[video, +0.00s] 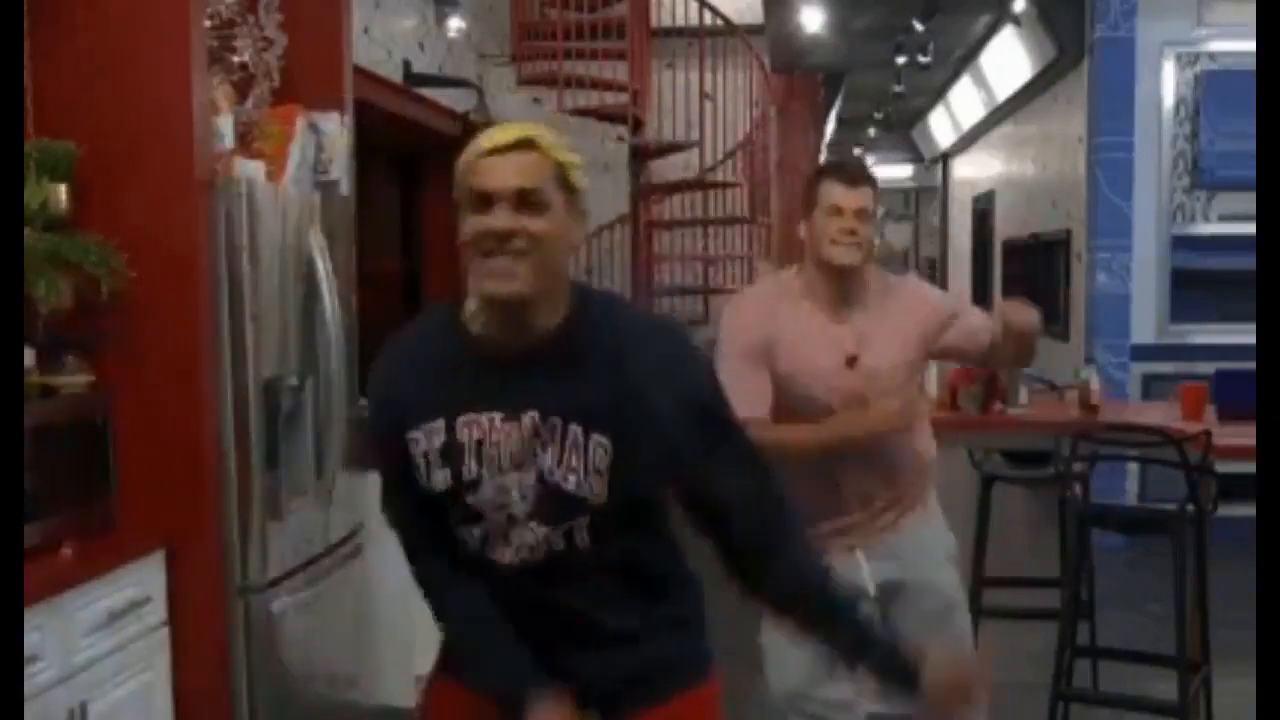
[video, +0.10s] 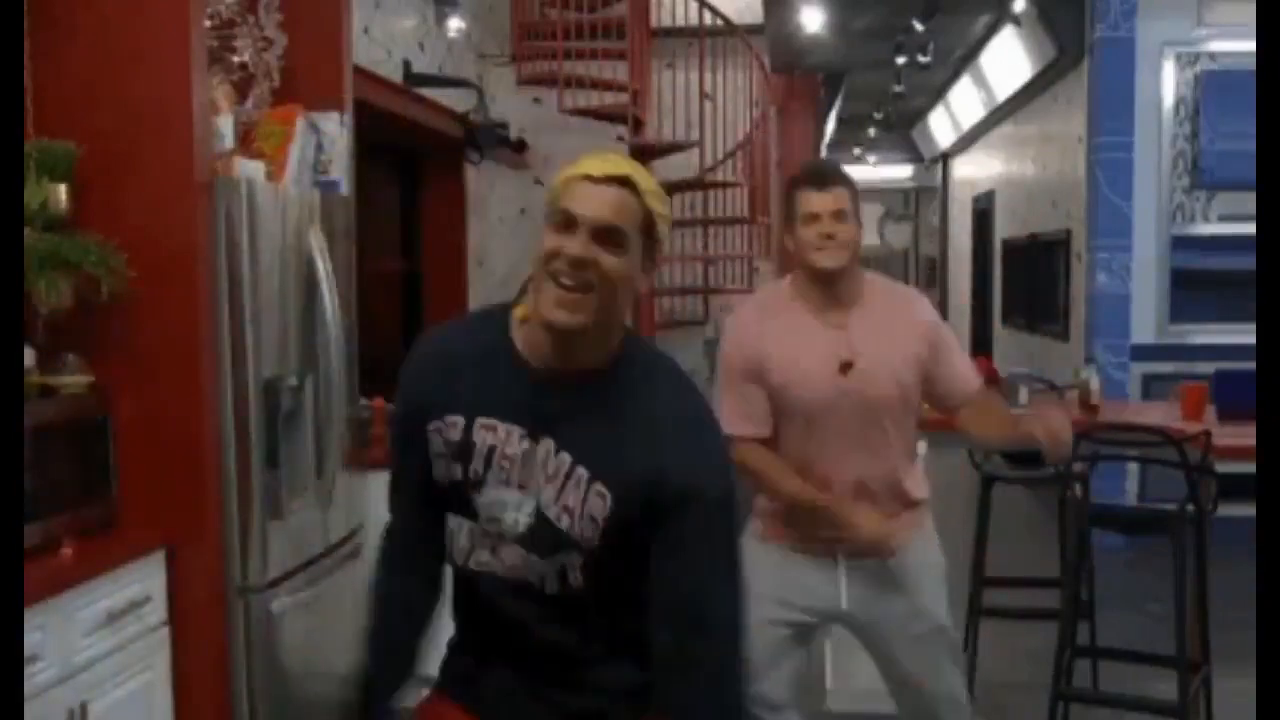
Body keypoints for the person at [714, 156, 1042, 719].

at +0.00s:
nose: (850, 226)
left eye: (863, 215)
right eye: (835, 213)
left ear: (876, 228)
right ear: (806, 225)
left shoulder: (910, 300)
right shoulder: (755, 311)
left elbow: (1004, 355)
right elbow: (745, 434)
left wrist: (1017, 332)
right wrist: (861, 424)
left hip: (906, 522)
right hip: (806, 536)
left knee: (949, 683)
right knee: (799, 693)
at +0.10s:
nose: (827, 231)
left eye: (840, 217)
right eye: (810, 220)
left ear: (860, 229)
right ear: (788, 238)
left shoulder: (908, 311)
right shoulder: (752, 323)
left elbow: (969, 404)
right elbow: (743, 445)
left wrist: (1023, 428)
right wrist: (839, 515)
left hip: (897, 549)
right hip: (785, 549)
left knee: (941, 704)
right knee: (771, 706)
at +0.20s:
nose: (780, 190)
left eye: (793, 177)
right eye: (764, 182)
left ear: (820, 189)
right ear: (750, 202)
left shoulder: (875, 278)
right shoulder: (711, 289)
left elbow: (905, 393)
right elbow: (675, 407)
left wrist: (927, 503)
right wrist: (687, 499)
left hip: (863, 529)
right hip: (741, 528)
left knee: (924, 694)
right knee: (661, 676)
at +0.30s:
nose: (754, 183)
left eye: (767, 170)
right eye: (739, 175)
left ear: (795, 183)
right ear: (725, 191)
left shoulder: (850, 267)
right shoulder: (686, 274)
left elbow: (880, 385)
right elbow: (622, 377)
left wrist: (864, 502)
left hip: (820, 505)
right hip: (705, 508)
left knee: (886, 669)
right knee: (653, 664)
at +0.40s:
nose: (708, 214)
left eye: (721, 200)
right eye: (693, 206)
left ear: (749, 213)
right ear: (679, 225)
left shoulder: (804, 302)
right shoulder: (642, 301)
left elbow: (818, 422)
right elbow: (550, 356)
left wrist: (752, 446)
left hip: (766, 527)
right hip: (656, 534)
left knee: (813, 667)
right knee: (616, 690)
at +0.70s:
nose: (675, 217)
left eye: (688, 205)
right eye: (661, 209)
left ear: (714, 214)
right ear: (646, 226)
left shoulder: (774, 302)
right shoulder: (617, 297)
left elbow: (793, 417)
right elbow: (536, 348)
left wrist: (704, 463)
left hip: (741, 521)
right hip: (638, 515)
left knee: (751, 672)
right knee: (611, 675)